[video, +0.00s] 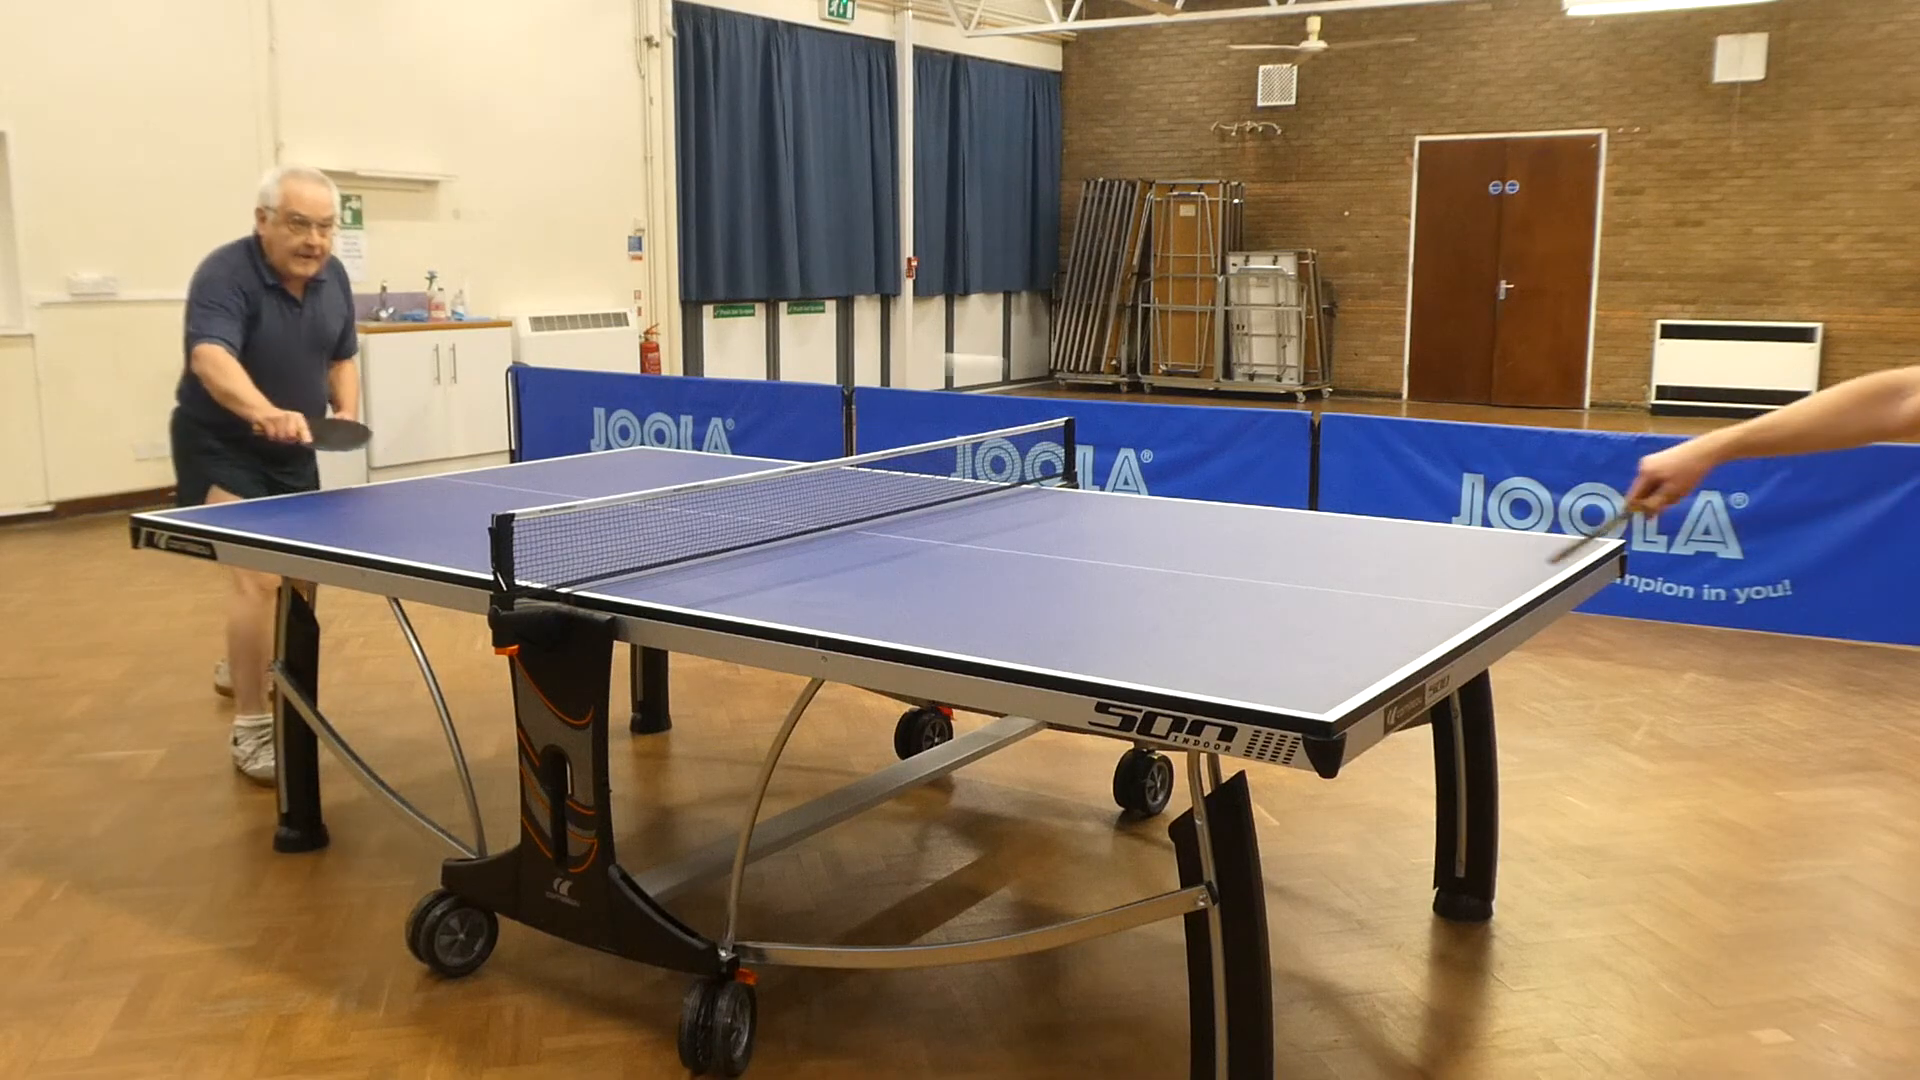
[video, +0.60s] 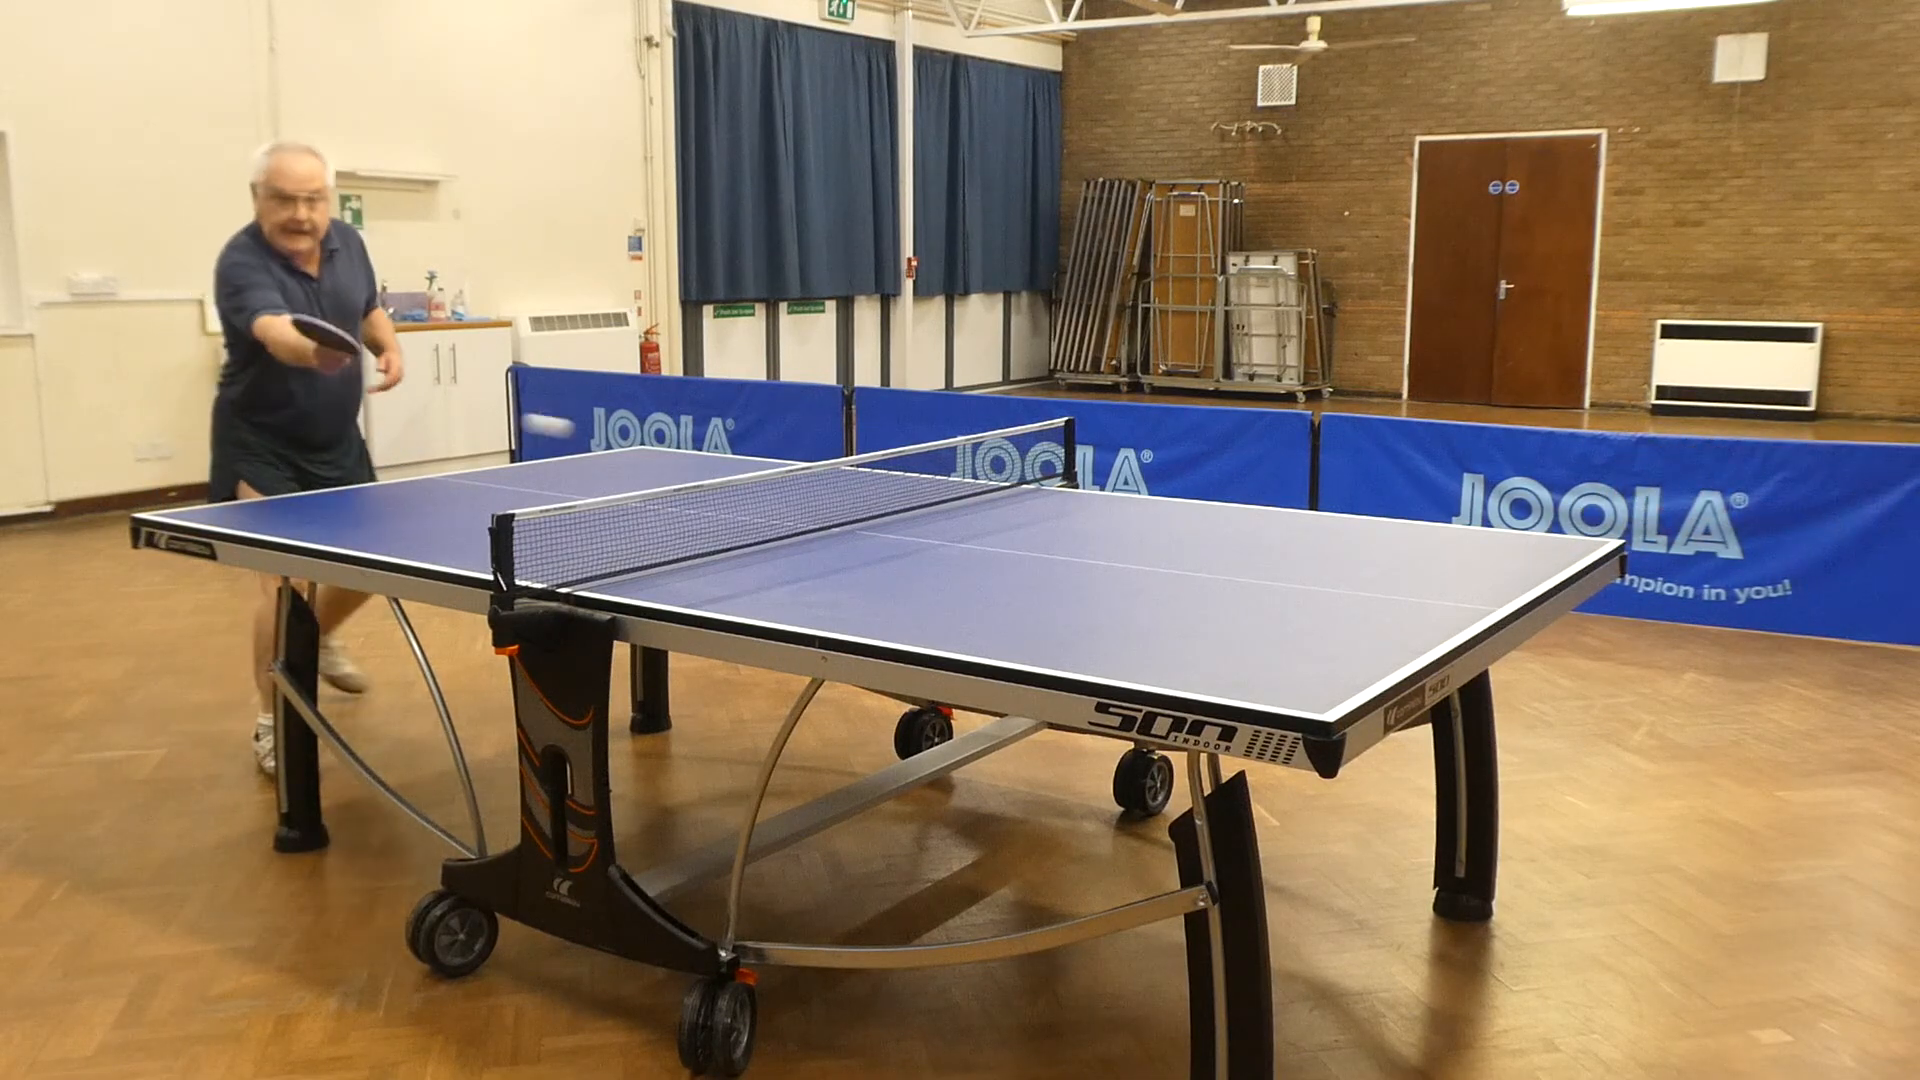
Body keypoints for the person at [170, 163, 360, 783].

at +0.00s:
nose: (315, 239)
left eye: (326, 226)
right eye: (299, 224)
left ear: (335, 225)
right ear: (263, 220)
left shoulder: (331, 278)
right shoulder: (227, 272)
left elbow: (342, 357)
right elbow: (209, 357)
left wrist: (346, 411)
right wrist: (265, 410)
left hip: (294, 445)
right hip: (221, 441)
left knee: (297, 573)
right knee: (258, 579)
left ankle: (239, 667)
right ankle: (254, 725)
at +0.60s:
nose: (301, 214)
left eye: (314, 199)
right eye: (284, 200)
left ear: (330, 195)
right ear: (257, 199)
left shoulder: (346, 242)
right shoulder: (244, 258)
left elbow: (367, 306)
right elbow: (268, 323)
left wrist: (387, 344)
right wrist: (310, 349)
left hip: (335, 436)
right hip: (262, 441)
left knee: (370, 560)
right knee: (284, 573)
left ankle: (311, 635)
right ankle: (273, 716)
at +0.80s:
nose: (345, 200)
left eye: (356, 187)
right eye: (329, 188)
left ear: (367, 186)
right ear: (296, 188)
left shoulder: (377, 241)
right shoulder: (273, 254)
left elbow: (395, 319)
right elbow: (278, 342)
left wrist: (431, 380)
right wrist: (312, 387)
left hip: (364, 431)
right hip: (290, 438)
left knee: (404, 552)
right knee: (296, 573)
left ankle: (406, 674)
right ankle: (273, 717)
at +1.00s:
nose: (350, 184)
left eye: (360, 171)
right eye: (332, 173)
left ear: (373, 171)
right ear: (303, 177)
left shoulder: (394, 231)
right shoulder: (278, 253)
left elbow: (420, 309)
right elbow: (262, 348)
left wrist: (451, 379)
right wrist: (271, 420)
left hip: (386, 428)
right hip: (309, 433)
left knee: (405, 555)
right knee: (297, 571)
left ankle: (406, 673)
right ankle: (278, 704)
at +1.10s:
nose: (336, 182)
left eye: (348, 169)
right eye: (319, 171)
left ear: (363, 170)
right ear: (293, 176)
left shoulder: (391, 231)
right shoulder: (267, 252)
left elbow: (424, 306)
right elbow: (249, 344)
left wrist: (451, 380)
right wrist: (250, 414)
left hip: (384, 430)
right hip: (299, 436)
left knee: (402, 558)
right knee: (297, 571)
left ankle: (406, 672)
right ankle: (287, 710)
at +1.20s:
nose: (320, 186)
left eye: (332, 172)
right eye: (304, 174)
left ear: (350, 171)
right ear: (279, 178)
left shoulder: (382, 230)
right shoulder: (254, 254)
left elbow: (420, 308)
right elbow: (239, 348)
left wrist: (444, 385)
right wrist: (240, 419)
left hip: (378, 432)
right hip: (292, 440)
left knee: (398, 560)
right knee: (291, 574)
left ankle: (407, 671)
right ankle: (285, 710)